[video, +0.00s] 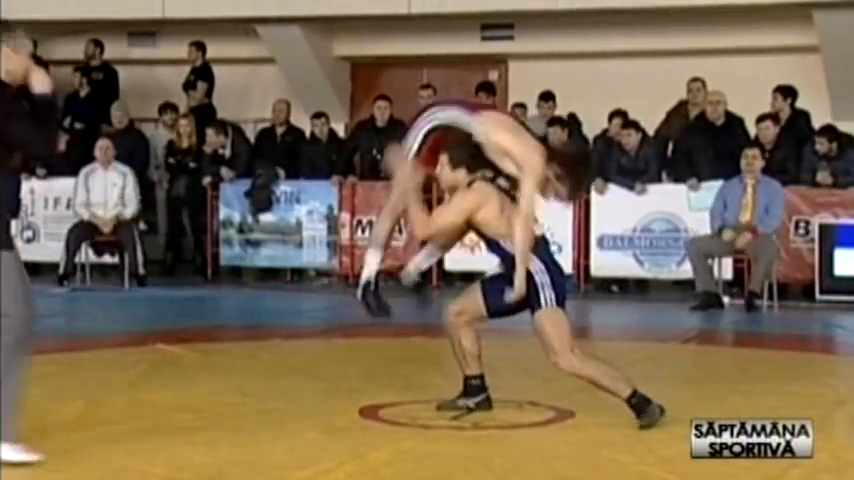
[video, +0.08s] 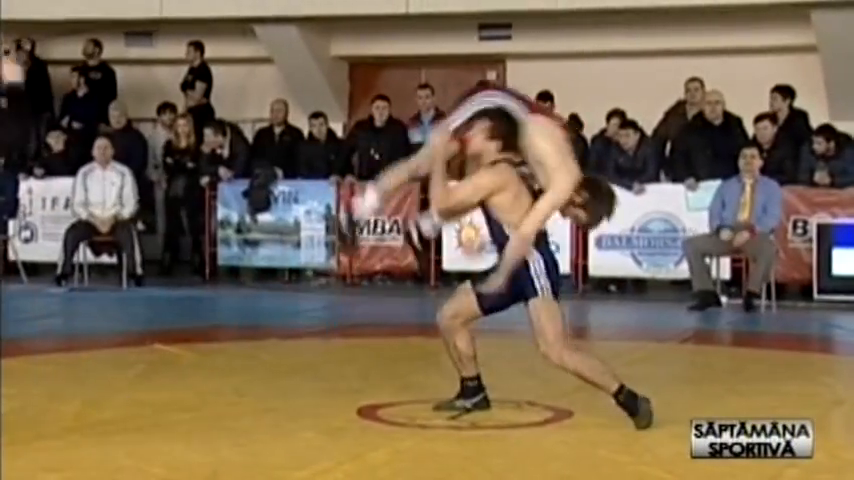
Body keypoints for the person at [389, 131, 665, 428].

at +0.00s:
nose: (438, 172)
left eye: (442, 166)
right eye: (439, 166)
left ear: (457, 166)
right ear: (467, 166)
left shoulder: (472, 195)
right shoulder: (478, 191)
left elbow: (423, 230)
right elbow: (442, 240)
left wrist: (409, 187)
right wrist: (424, 195)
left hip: (538, 271)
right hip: (518, 270)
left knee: (563, 356)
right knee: (457, 314)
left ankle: (639, 402)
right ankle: (475, 391)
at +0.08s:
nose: (466, 137)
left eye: (474, 132)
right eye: (470, 130)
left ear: (492, 140)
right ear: (495, 142)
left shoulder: (499, 173)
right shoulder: (492, 172)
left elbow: (442, 204)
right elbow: (449, 206)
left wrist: (439, 158)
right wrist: (441, 161)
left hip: (533, 264)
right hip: (511, 265)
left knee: (554, 349)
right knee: (451, 318)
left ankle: (628, 398)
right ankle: (472, 392)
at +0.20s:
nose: (525, 110)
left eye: (533, 106)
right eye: (528, 105)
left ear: (548, 117)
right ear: (545, 116)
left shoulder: (544, 149)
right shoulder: (535, 146)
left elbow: (483, 158)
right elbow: (489, 157)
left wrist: (485, 118)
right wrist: (491, 119)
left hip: (551, 247)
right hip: (522, 248)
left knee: (572, 335)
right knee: (472, 317)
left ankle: (630, 397)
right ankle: (471, 390)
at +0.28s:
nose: (541, 97)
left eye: (548, 93)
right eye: (542, 91)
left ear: (565, 103)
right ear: (547, 99)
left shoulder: (569, 134)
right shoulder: (541, 128)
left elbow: (506, 151)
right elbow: (507, 150)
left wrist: (511, 109)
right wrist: (512, 100)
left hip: (574, 242)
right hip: (538, 241)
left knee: (595, 328)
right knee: (492, 311)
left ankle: (641, 397)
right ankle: (481, 382)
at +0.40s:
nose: (558, 104)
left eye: (568, 99)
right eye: (555, 95)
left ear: (586, 107)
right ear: (550, 94)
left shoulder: (585, 142)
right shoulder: (549, 127)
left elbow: (563, 203)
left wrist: (516, 176)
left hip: (601, 227)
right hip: (562, 227)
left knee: (624, 316)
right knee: (533, 310)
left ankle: (640, 395)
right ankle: (547, 393)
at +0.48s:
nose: (607, 116)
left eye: (614, 110)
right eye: (601, 107)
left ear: (621, 111)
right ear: (585, 104)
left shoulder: (620, 150)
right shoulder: (572, 124)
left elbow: (614, 215)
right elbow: (533, 138)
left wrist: (566, 210)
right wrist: (536, 103)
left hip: (618, 239)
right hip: (578, 237)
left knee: (650, 312)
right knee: (546, 321)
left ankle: (658, 394)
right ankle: (550, 397)